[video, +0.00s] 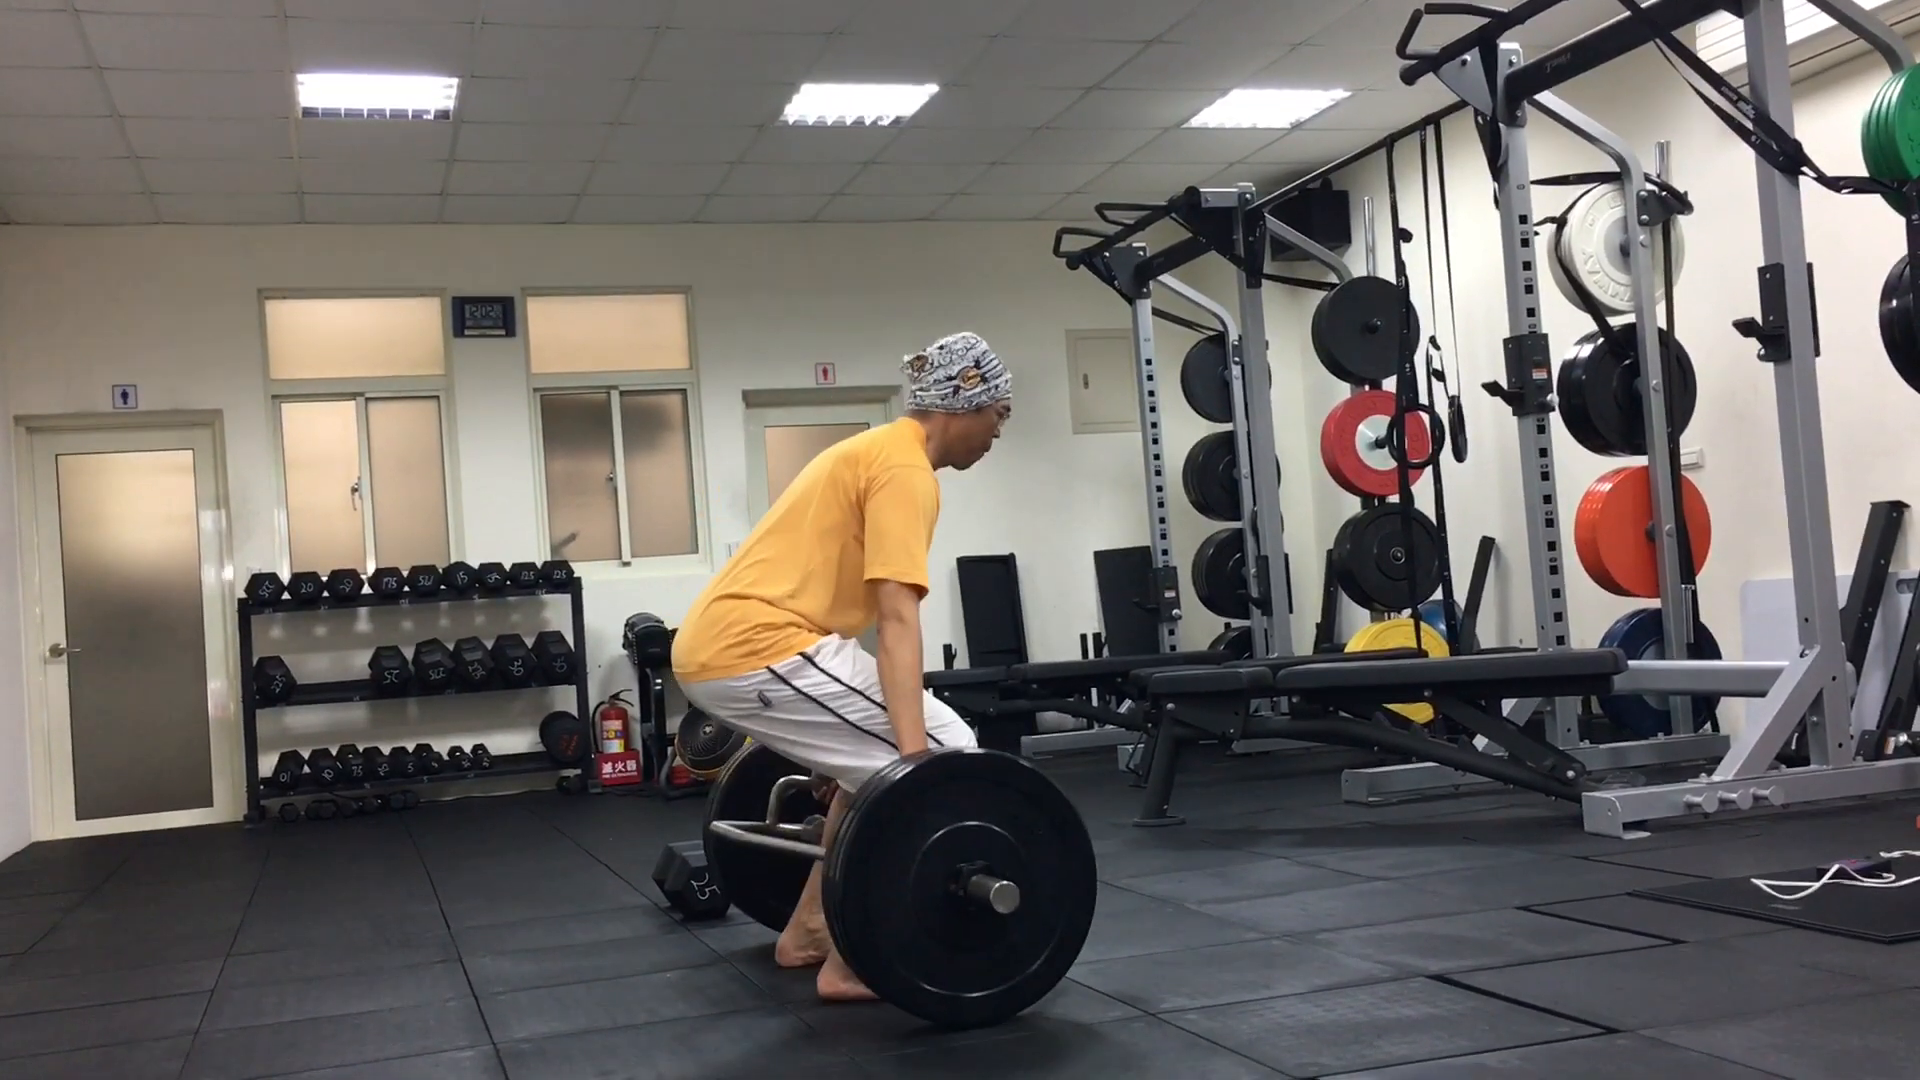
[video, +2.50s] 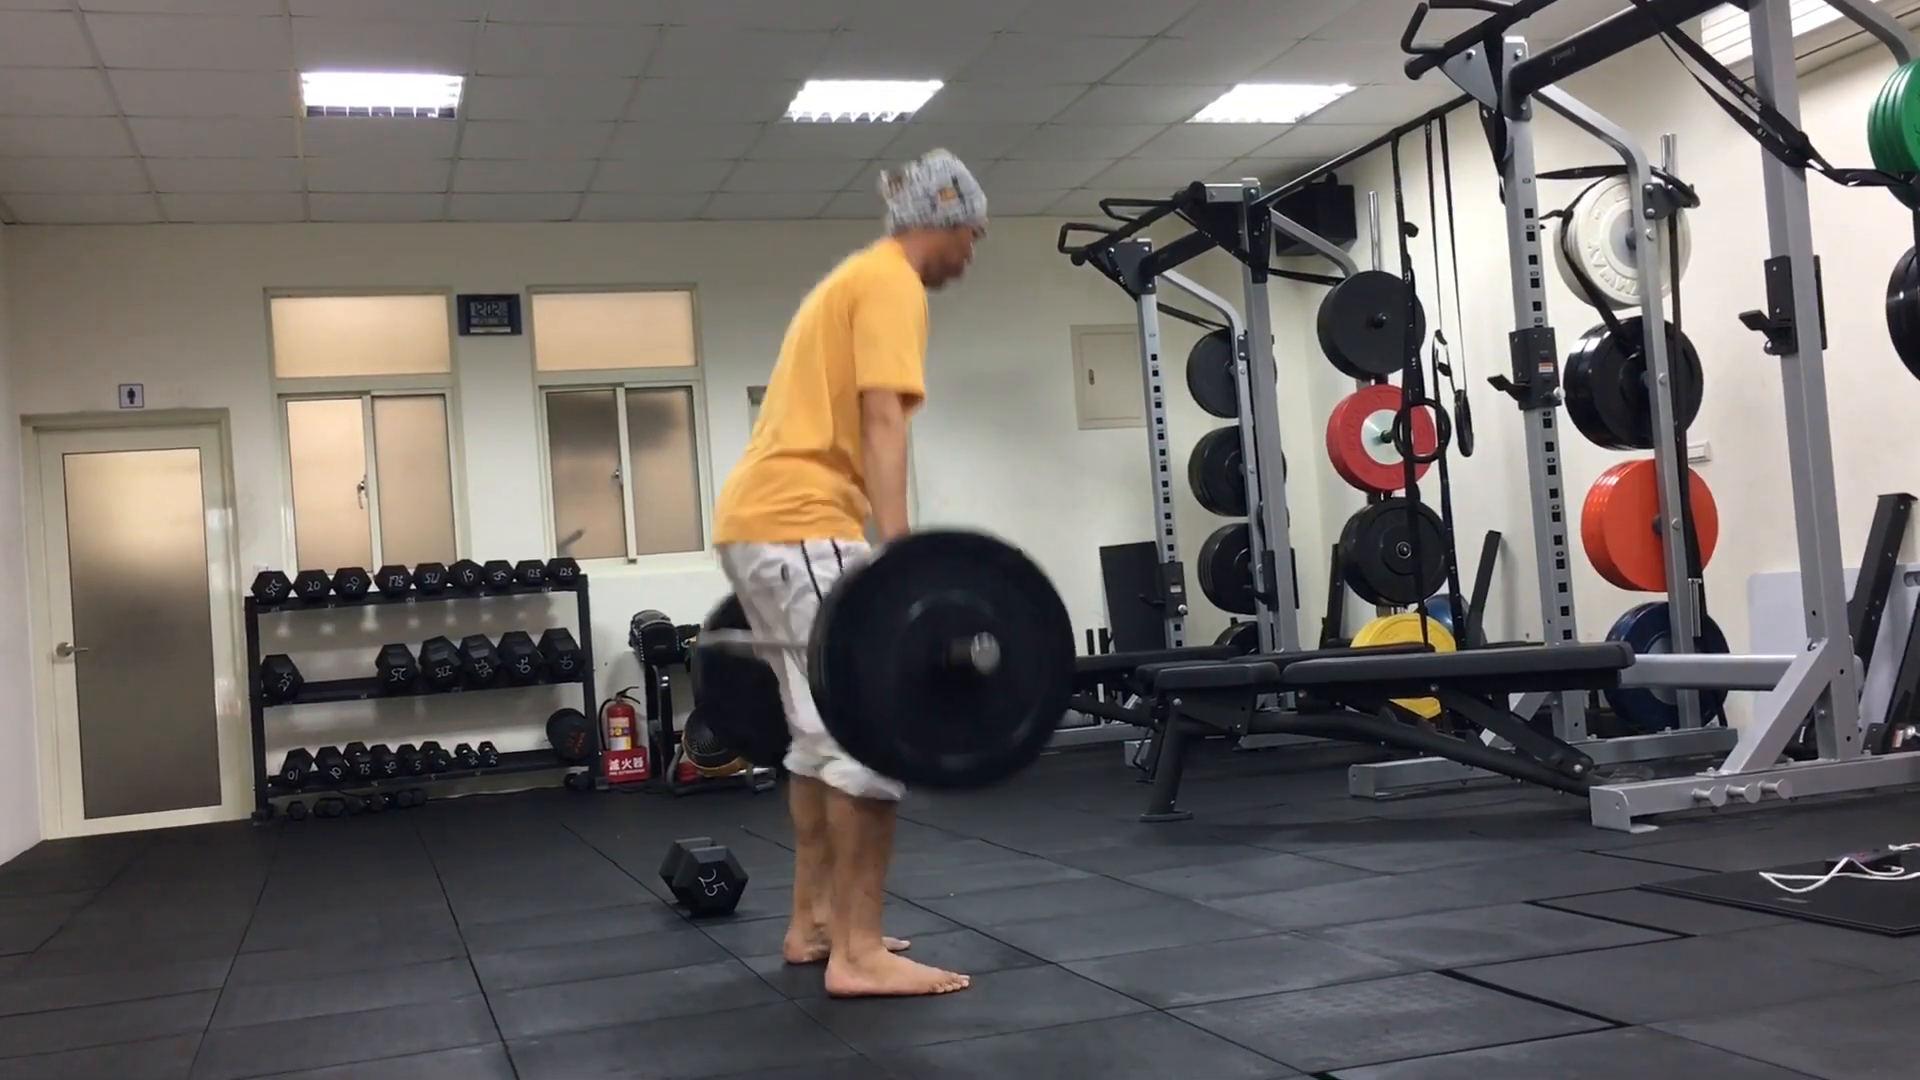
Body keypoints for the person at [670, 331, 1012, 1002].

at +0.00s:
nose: (997, 436)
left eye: (1001, 421)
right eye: (997, 418)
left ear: (936, 404)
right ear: (961, 407)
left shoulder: (873, 452)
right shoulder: (903, 464)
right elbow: (896, 618)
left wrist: (853, 753)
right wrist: (912, 754)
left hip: (718, 645)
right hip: (759, 647)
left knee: (885, 754)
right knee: (947, 749)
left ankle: (808, 931)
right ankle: (856, 961)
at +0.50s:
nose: (970, 269)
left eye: (972, 252)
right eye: (969, 250)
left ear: (906, 235)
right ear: (941, 240)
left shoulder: (846, 301)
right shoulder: (882, 306)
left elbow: (837, 457)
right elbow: (878, 455)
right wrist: (896, 598)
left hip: (735, 532)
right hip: (779, 533)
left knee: (818, 724)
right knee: (873, 718)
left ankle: (806, 922)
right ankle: (852, 954)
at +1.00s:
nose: (924, 212)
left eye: (925, 196)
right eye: (921, 193)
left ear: (857, 179)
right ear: (892, 179)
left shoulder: (804, 253)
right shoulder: (844, 251)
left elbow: (791, 408)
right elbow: (853, 390)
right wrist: (887, 526)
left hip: (776, 525)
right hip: (825, 525)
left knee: (788, 738)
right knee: (833, 740)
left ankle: (803, 933)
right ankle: (850, 962)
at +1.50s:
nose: (982, 369)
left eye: (988, 354)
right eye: (982, 350)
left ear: (924, 332)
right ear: (947, 333)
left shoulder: (858, 381)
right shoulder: (888, 388)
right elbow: (894, 545)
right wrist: (916, 688)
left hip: (724, 593)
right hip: (760, 592)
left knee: (867, 742)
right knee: (904, 738)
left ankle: (814, 935)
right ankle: (860, 965)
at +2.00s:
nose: (1008, 436)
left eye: (1013, 421)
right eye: (1008, 418)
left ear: (947, 403)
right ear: (971, 405)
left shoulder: (879, 448)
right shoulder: (914, 459)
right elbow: (909, 608)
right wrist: (927, 745)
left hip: (733, 643)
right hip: (778, 644)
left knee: (894, 753)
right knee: (956, 759)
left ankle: (818, 929)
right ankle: (864, 961)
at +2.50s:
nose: (969, 258)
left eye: (975, 243)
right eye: (971, 239)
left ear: (913, 222)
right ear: (938, 223)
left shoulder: (850, 282)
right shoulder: (887, 281)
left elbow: (809, 432)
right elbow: (882, 420)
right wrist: (900, 558)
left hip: (758, 527)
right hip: (805, 526)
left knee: (817, 730)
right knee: (866, 726)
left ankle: (814, 922)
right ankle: (859, 951)